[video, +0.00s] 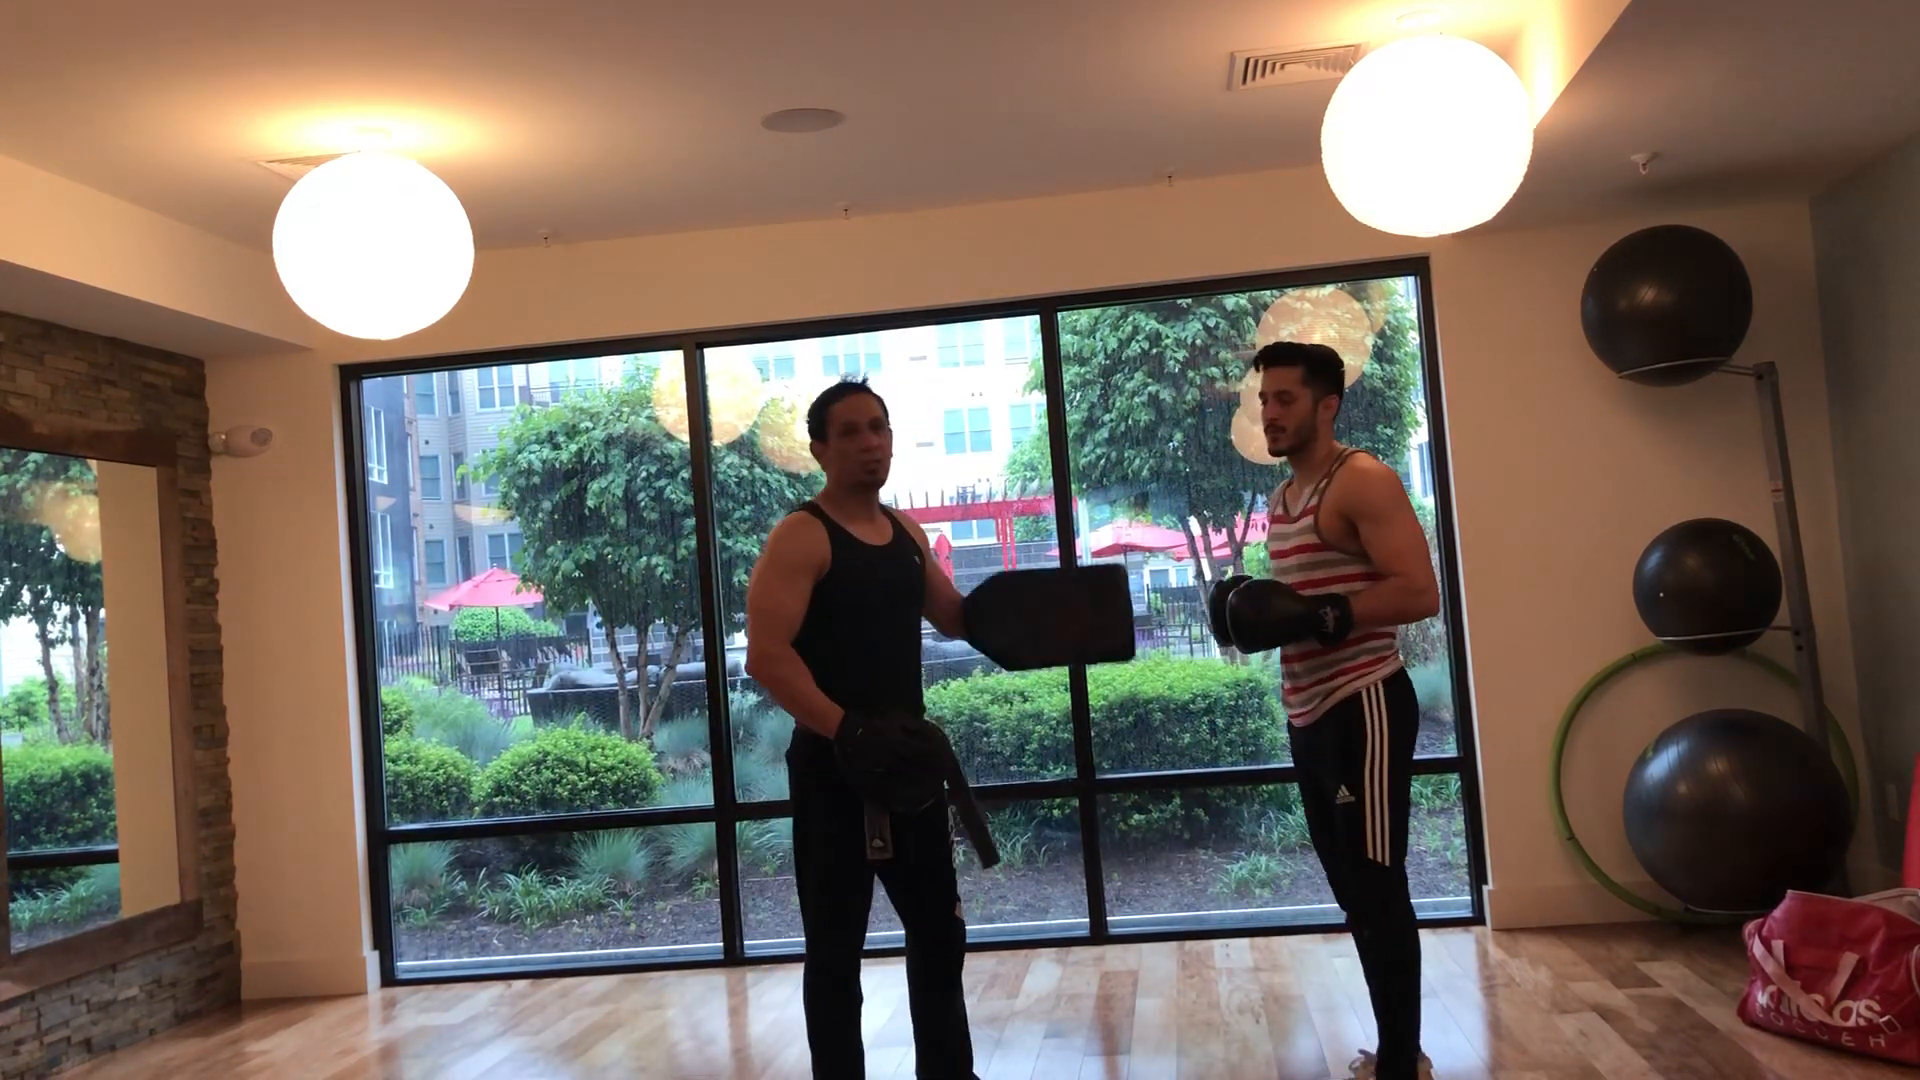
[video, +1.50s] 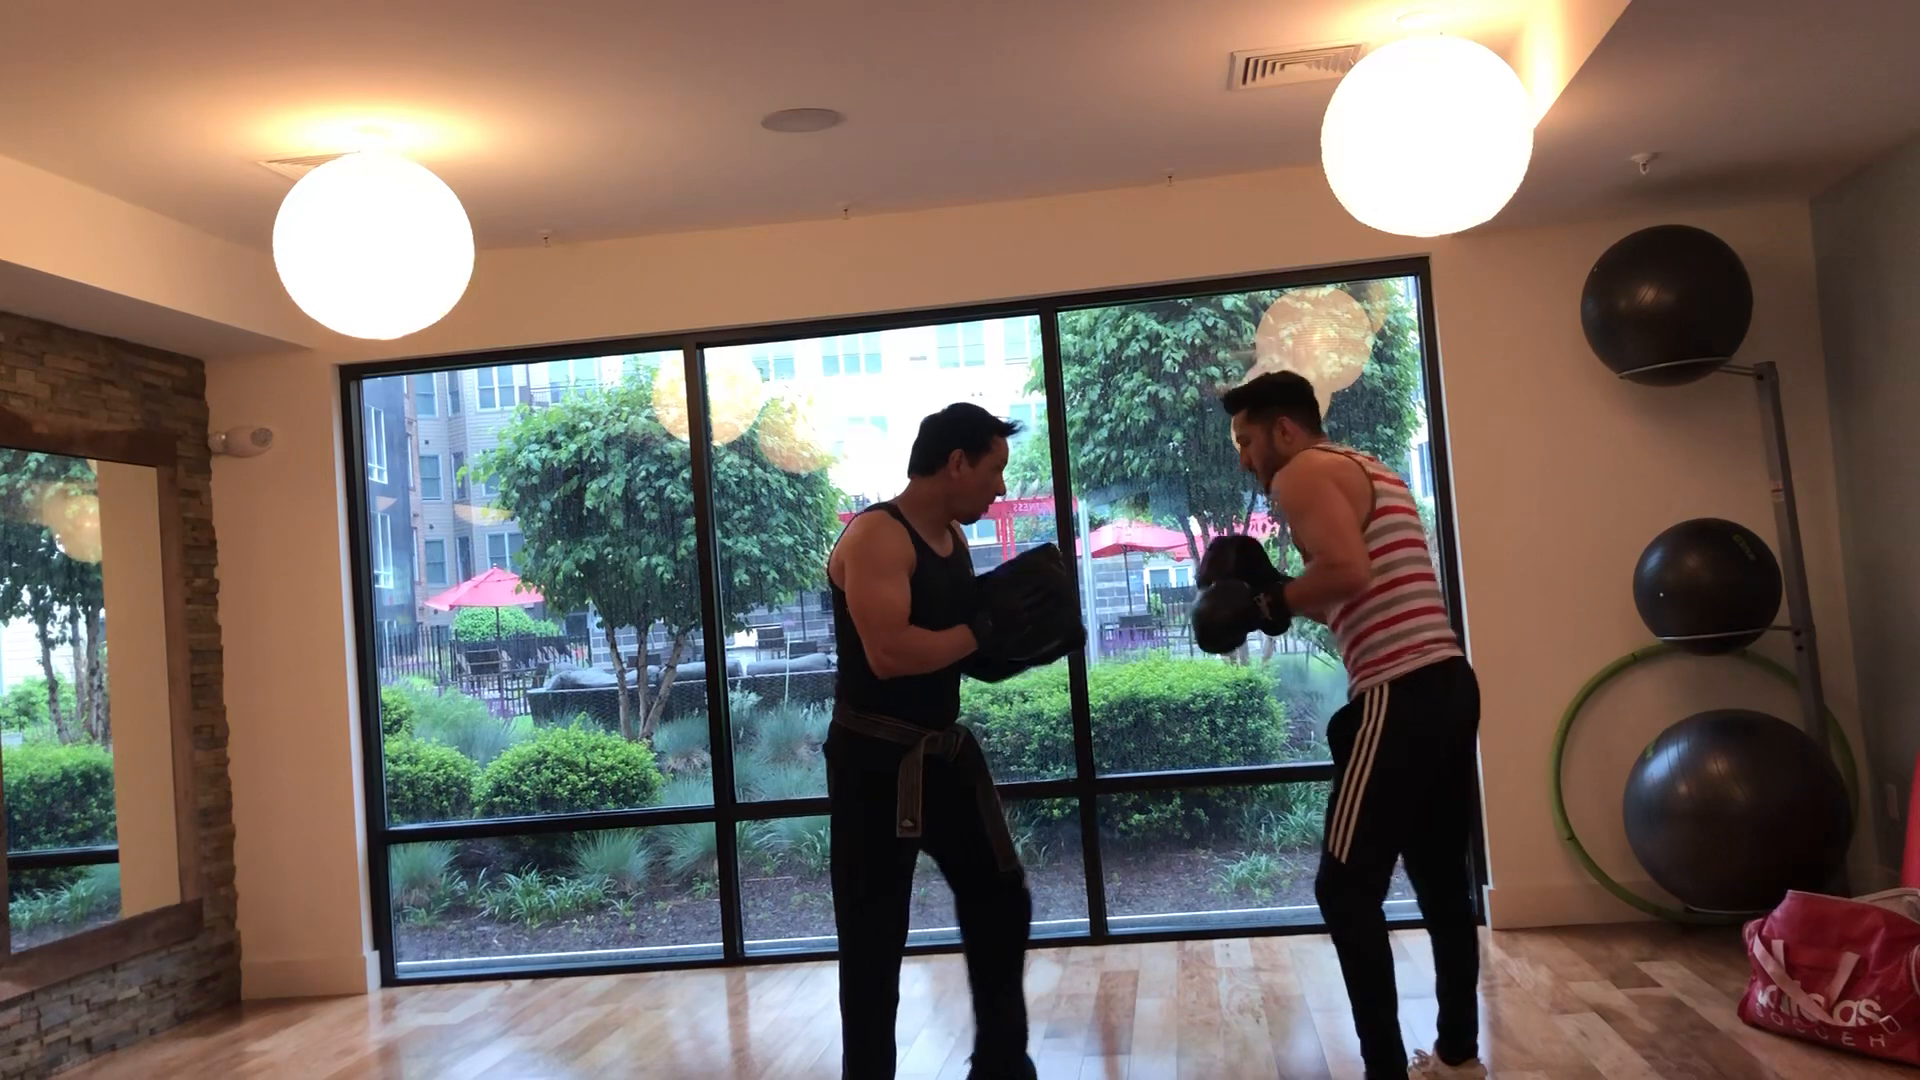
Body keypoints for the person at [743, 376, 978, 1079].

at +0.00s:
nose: (871, 442)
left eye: (879, 428)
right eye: (851, 432)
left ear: (891, 438)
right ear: (820, 449)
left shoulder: (902, 532)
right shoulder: (799, 536)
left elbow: (955, 617)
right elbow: (764, 653)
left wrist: (1041, 612)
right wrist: (848, 730)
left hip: (907, 757)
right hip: (829, 766)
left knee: (939, 938)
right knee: (835, 952)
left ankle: (948, 1074)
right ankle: (839, 1078)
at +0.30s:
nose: (867, 455)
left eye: (873, 439)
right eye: (847, 447)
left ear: (885, 441)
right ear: (815, 460)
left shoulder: (898, 527)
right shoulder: (794, 546)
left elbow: (904, 631)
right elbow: (766, 664)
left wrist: (958, 662)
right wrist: (873, 698)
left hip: (914, 753)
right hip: (834, 764)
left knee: (956, 921)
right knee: (836, 948)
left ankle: (965, 1073)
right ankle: (839, 1077)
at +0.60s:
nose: (952, 452)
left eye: (948, 439)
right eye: (938, 441)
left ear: (904, 454)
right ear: (891, 453)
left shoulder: (929, 532)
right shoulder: (841, 538)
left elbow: (931, 636)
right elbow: (806, 657)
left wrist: (994, 652)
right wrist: (914, 681)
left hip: (935, 753)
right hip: (862, 758)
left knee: (967, 932)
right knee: (855, 946)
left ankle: (991, 1073)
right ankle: (844, 1078)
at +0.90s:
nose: (1018, 488)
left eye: (1021, 475)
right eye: (1012, 472)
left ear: (974, 465)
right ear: (967, 460)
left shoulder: (974, 535)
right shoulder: (891, 530)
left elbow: (979, 626)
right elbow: (874, 644)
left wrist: (1041, 630)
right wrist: (979, 638)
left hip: (954, 740)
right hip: (887, 744)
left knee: (973, 923)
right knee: (888, 926)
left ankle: (991, 1071)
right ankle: (869, 1075)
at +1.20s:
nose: (1018, 482)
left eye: (1020, 468)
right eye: (1011, 466)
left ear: (972, 463)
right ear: (967, 460)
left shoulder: (969, 539)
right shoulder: (891, 529)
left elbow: (962, 631)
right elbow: (880, 646)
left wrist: (1034, 625)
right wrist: (987, 641)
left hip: (948, 747)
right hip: (881, 750)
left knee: (973, 921)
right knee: (882, 933)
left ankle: (989, 1069)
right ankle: (872, 1074)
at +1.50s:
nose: (999, 489)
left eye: (1002, 474)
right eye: (996, 472)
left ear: (956, 466)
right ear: (955, 463)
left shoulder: (949, 539)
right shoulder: (874, 535)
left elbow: (954, 636)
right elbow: (888, 652)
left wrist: (1022, 605)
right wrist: (986, 630)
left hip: (944, 748)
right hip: (873, 754)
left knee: (1000, 906)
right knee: (873, 938)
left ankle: (1001, 1068)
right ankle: (869, 1075)